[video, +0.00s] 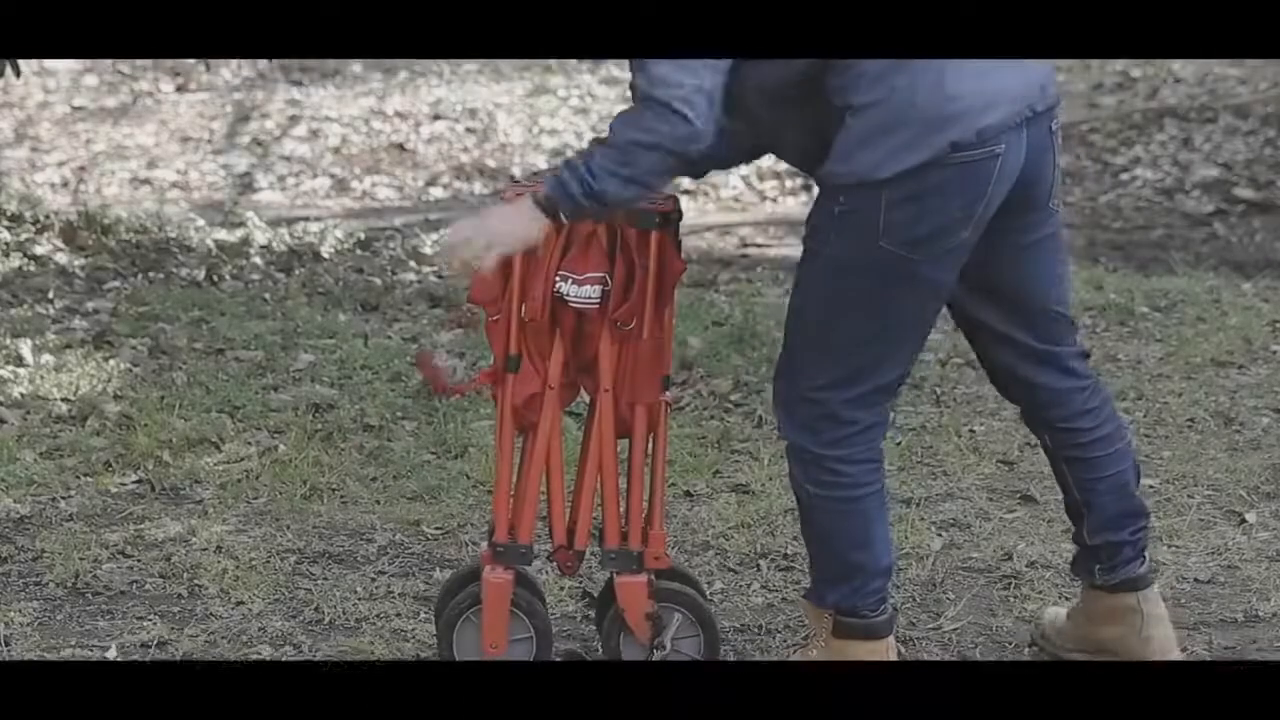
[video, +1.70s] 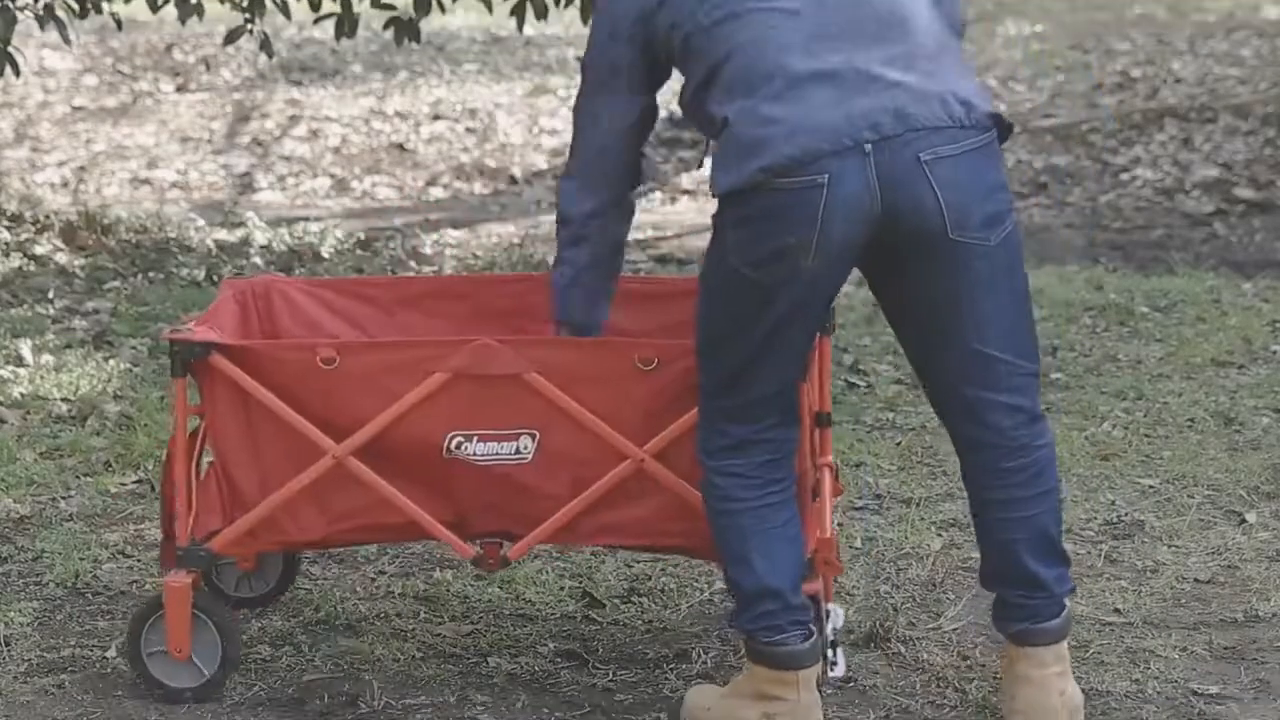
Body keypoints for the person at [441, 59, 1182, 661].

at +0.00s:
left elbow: (675, 126)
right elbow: (740, 125)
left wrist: (539, 204)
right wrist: (575, 183)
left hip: (909, 137)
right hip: (1018, 104)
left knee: (828, 407)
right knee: (1047, 365)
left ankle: (856, 639)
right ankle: (1124, 603)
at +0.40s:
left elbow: (597, 78)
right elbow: (818, 90)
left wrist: (510, 172)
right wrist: (693, 164)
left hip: (914, 149)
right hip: (1036, 121)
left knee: (839, 415)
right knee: (990, 390)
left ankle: (853, 648)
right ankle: (1019, 639)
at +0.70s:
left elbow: (632, 51)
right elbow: (891, 87)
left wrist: (555, 144)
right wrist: (777, 166)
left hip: (932, 147)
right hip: (1065, 140)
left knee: (804, 394)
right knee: (1017, 423)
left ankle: (845, 652)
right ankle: (1013, 663)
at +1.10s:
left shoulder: (656, 8)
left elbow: (596, 105)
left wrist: (557, 247)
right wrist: (790, 229)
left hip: (845, 159)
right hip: (995, 146)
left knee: (772, 438)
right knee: (1011, 434)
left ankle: (780, 674)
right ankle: (1025, 669)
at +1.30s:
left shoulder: (640, 18)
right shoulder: (867, 11)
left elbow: (593, 213)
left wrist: (545, 366)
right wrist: (790, 302)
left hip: (792, 185)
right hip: (953, 162)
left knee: (734, 435)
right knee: (997, 425)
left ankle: (779, 675)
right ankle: (1038, 668)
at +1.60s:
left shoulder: (640, 14)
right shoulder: (872, 5)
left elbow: (598, 202)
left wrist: (557, 350)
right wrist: (793, 297)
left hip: (788, 186)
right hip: (945, 157)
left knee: (734, 433)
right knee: (999, 421)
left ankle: (778, 677)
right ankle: (1042, 669)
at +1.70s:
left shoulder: (640, 2)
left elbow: (603, 152)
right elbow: (946, 24)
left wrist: (579, 310)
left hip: (791, 178)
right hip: (950, 152)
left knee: (747, 429)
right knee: (1003, 418)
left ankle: (780, 672)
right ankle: (1042, 661)